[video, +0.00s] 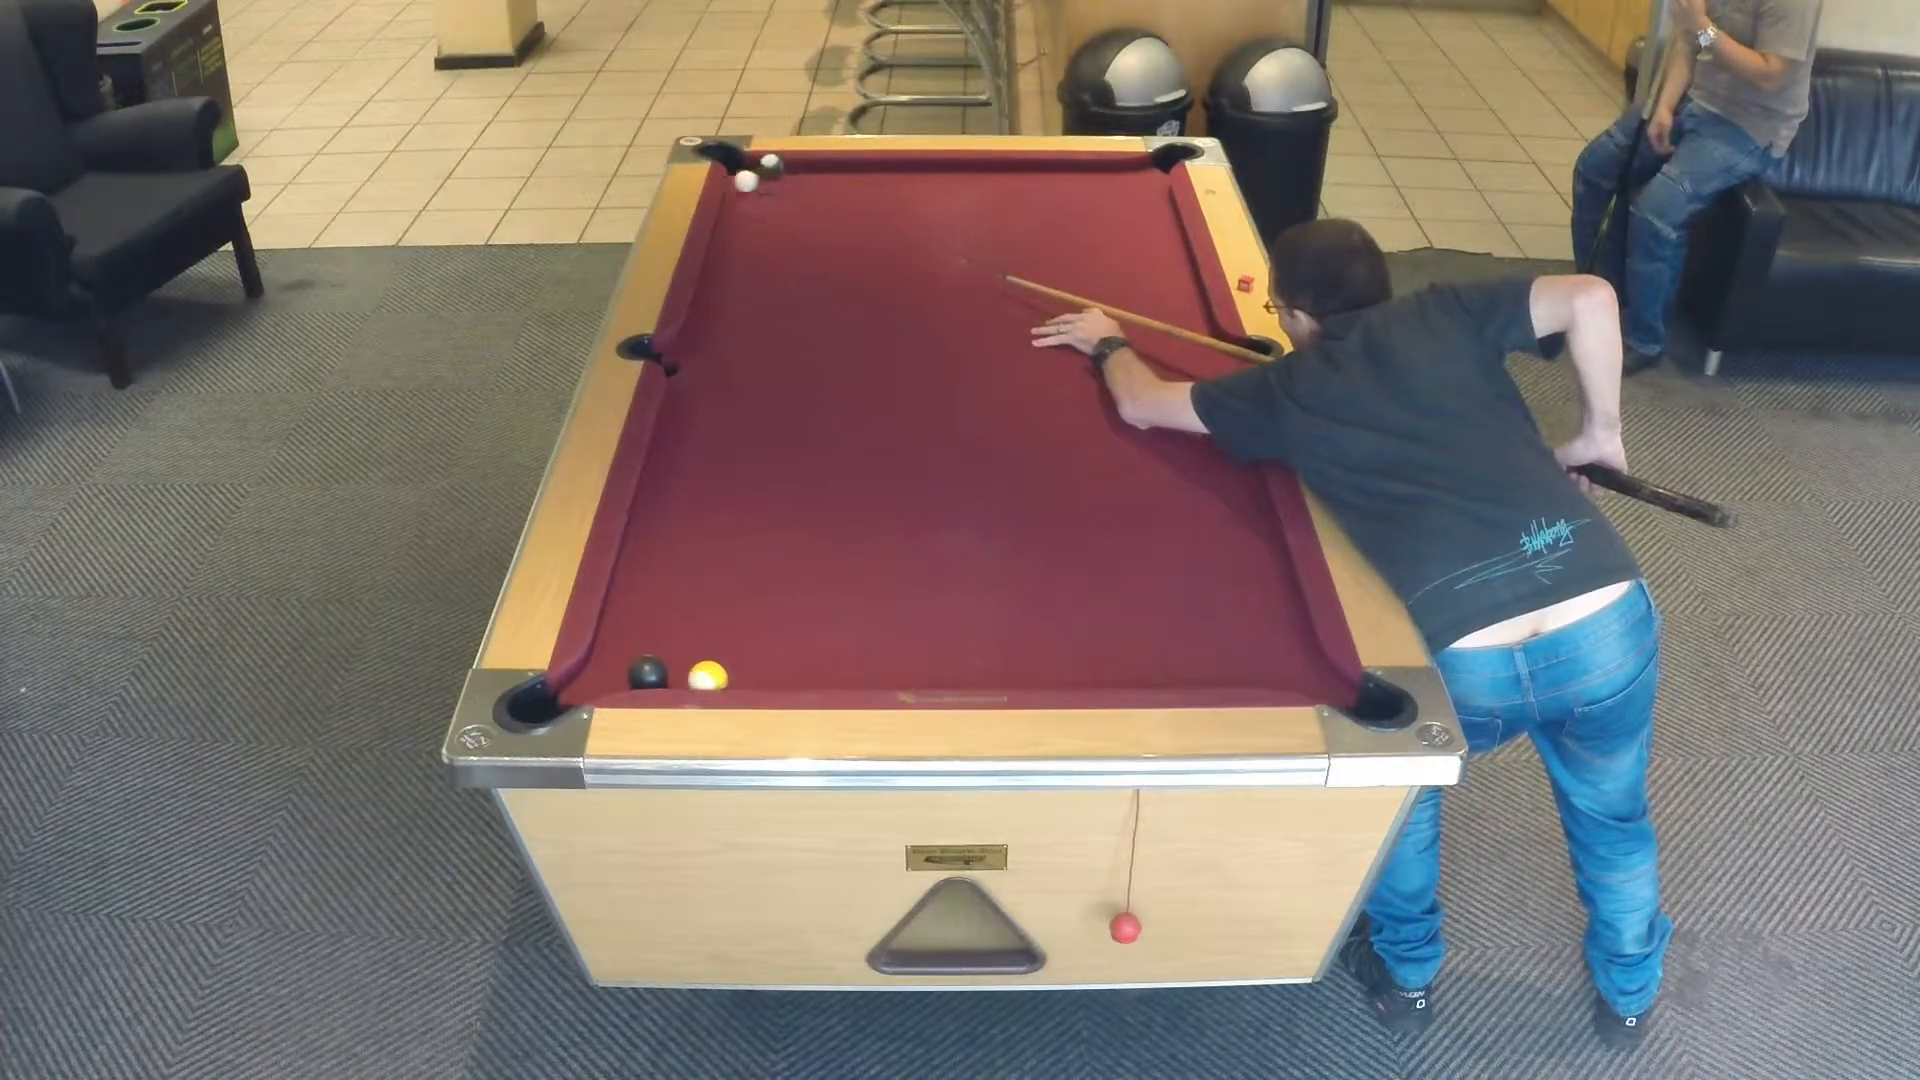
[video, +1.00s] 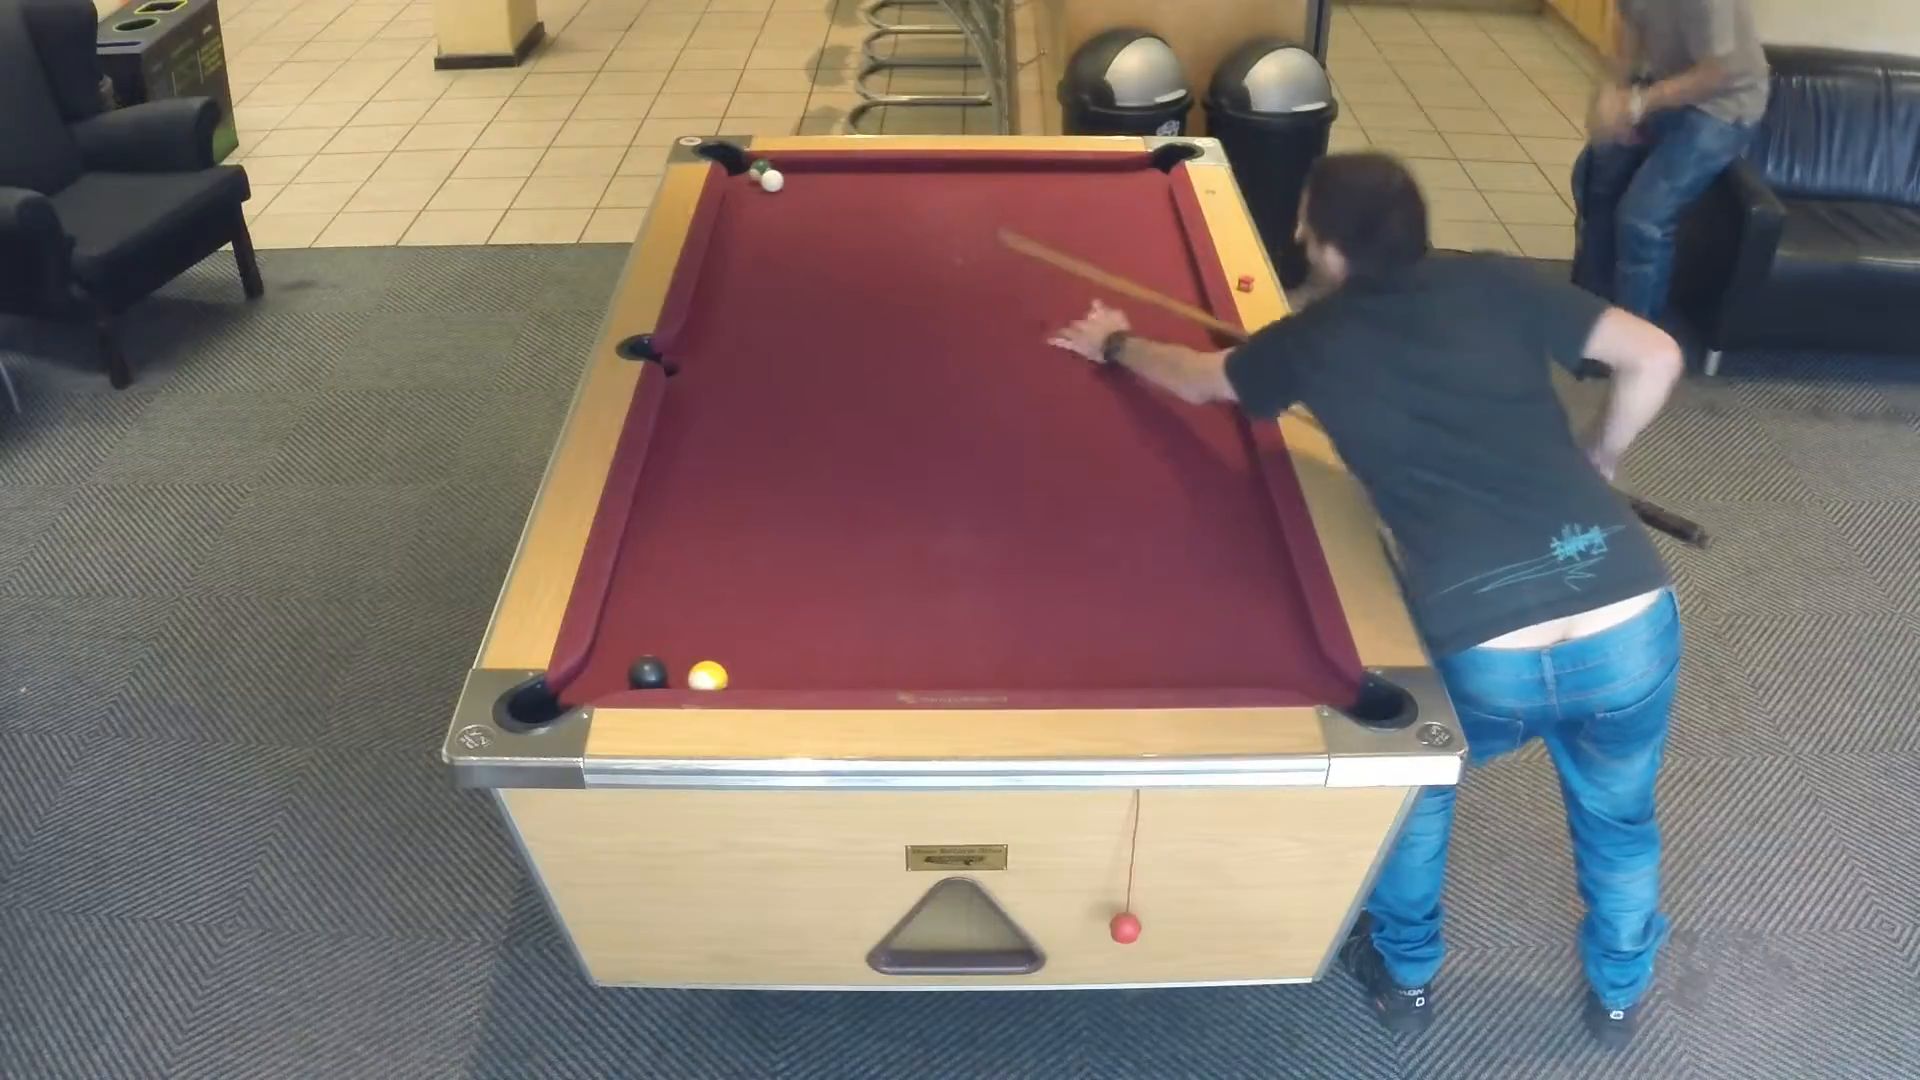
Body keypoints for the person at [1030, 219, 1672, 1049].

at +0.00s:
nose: (1279, 315)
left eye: (1282, 303)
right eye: (1279, 303)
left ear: (1298, 317)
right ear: (1385, 290)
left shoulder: (1286, 390)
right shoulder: (1450, 313)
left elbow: (1141, 399)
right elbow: (1588, 296)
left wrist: (1105, 341)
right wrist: (1602, 428)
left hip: (1469, 661)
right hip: (1606, 623)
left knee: (1394, 762)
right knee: (1615, 819)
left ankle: (1408, 966)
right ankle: (1630, 990)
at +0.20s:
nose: (1278, 313)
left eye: (1280, 302)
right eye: (1278, 301)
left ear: (1298, 316)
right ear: (1385, 290)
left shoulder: (1286, 389)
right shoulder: (1450, 313)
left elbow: (1141, 399)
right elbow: (1589, 297)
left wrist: (1105, 341)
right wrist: (1603, 428)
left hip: (1468, 661)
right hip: (1606, 623)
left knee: (1394, 763)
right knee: (1615, 819)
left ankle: (1407, 966)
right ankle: (1631, 990)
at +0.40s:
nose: (1280, 314)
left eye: (1282, 303)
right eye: (1279, 302)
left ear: (1299, 316)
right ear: (1385, 289)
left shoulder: (1286, 390)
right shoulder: (1451, 315)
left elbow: (1141, 400)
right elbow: (1589, 298)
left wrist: (1105, 343)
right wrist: (1607, 430)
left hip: (1470, 661)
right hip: (1607, 623)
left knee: (1396, 764)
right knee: (1615, 818)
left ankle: (1408, 966)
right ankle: (1631, 990)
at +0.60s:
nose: (1282, 310)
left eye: (1284, 299)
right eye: (1281, 298)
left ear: (1300, 314)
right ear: (1388, 287)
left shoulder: (1287, 387)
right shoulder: (1452, 313)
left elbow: (1143, 398)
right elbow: (1591, 299)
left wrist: (1106, 342)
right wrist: (1607, 430)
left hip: (1470, 659)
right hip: (1607, 622)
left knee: (1396, 764)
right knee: (1616, 818)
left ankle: (1407, 966)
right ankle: (1630, 989)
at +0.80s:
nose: (1289, 300)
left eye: (1290, 288)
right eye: (1287, 288)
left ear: (1307, 300)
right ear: (1399, 273)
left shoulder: (1292, 377)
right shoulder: (1466, 306)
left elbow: (1161, 392)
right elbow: (1610, 313)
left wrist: (1105, 341)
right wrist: (1606, 441)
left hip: (1479, 663)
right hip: (1617, 625)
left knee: (1406, 762)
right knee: (1621, 824)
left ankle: (1407, 966)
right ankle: (1631, 989)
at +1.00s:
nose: (1300, 245)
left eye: (1306, 233)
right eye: (1302, 230)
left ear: (1330, 252)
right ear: (1415, 232)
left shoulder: (1315, 338)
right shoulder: (1497, 285)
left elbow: (1198, 377)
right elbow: (1655, 355)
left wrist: (1116, 343)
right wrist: (1602, 461)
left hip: (1490, 655)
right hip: (1629, 634)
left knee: (1415, 762)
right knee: (1623, 823)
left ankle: (1406, 965)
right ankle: (1621, 984)